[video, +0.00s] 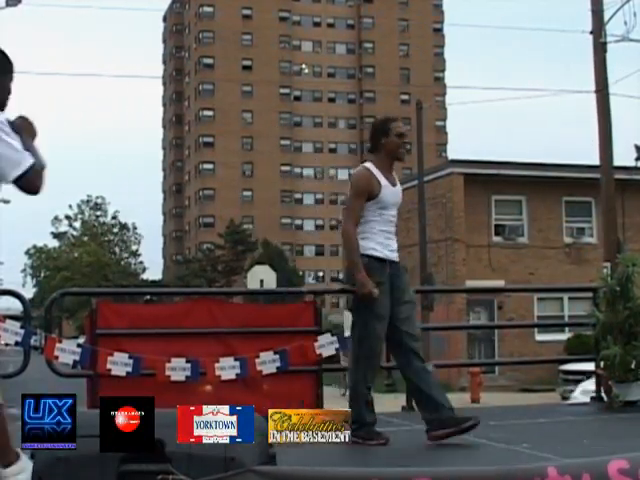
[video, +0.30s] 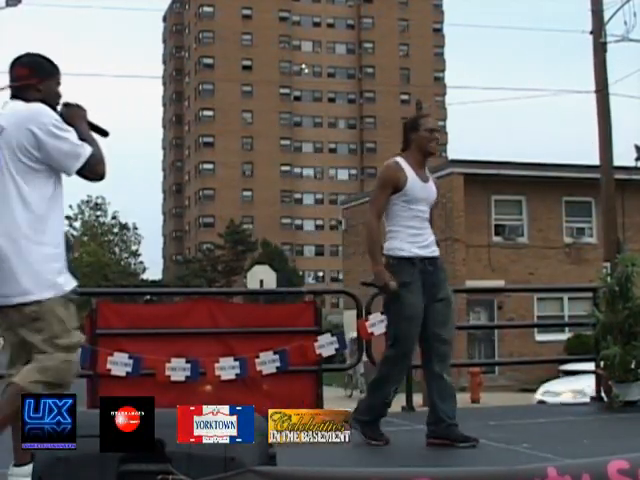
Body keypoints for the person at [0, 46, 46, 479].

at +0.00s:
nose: (11, 91)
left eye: (11, 82)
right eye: (9, 82)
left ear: (3, 84)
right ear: (2, 84)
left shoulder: (4, 130)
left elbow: (30, 181)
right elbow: (33, 182)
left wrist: (21, 140)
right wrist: (29, 141)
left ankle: (11, 459)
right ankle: (10, 460)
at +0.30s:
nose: (59, 94)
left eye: (58, 87)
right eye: (55, 86)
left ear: (20, 84)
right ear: (32, 83)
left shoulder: (9, 118)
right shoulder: (33, 117)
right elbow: (96, 169)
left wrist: (72, 128)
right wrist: (79, 125)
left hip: (8, 270)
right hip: (30, 271)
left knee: (21, 365)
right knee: (60, 359)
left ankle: (22, 465)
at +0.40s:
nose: (75, 92)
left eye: (74, 85)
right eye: (72, 84)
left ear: (33, 86)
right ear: (52, 84)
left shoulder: (10, 122)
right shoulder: (52, 117)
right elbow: (112, 165)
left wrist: (90, 128)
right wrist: (96, 123)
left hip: (6, 268)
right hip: (46, 265)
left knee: (25, 361)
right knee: (87, 354)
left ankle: (22, 449)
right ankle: (36, 451)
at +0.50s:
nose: (94, 94)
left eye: (92, 87)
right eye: (90, 86)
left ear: (50, 86)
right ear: (71, 86)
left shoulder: (23, 128)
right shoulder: (70, 120)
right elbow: (129, 166)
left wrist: (104, 126)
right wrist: (115, 124)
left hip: (15, 270)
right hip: (62, 268)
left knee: (29, 369)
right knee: (109, 364)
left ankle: (23, 464)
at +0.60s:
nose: (115, 100)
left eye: (114, 93)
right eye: (111, 93)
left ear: (70, 92)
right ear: (92, 92)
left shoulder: (42, 132)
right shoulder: (89, 125)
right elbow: (149, 173)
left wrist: (123, 130)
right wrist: (135, 129)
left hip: (30, 276)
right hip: (77, 276)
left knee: (34, 381)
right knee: (118, 377)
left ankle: (24, 467)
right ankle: (129, 470)